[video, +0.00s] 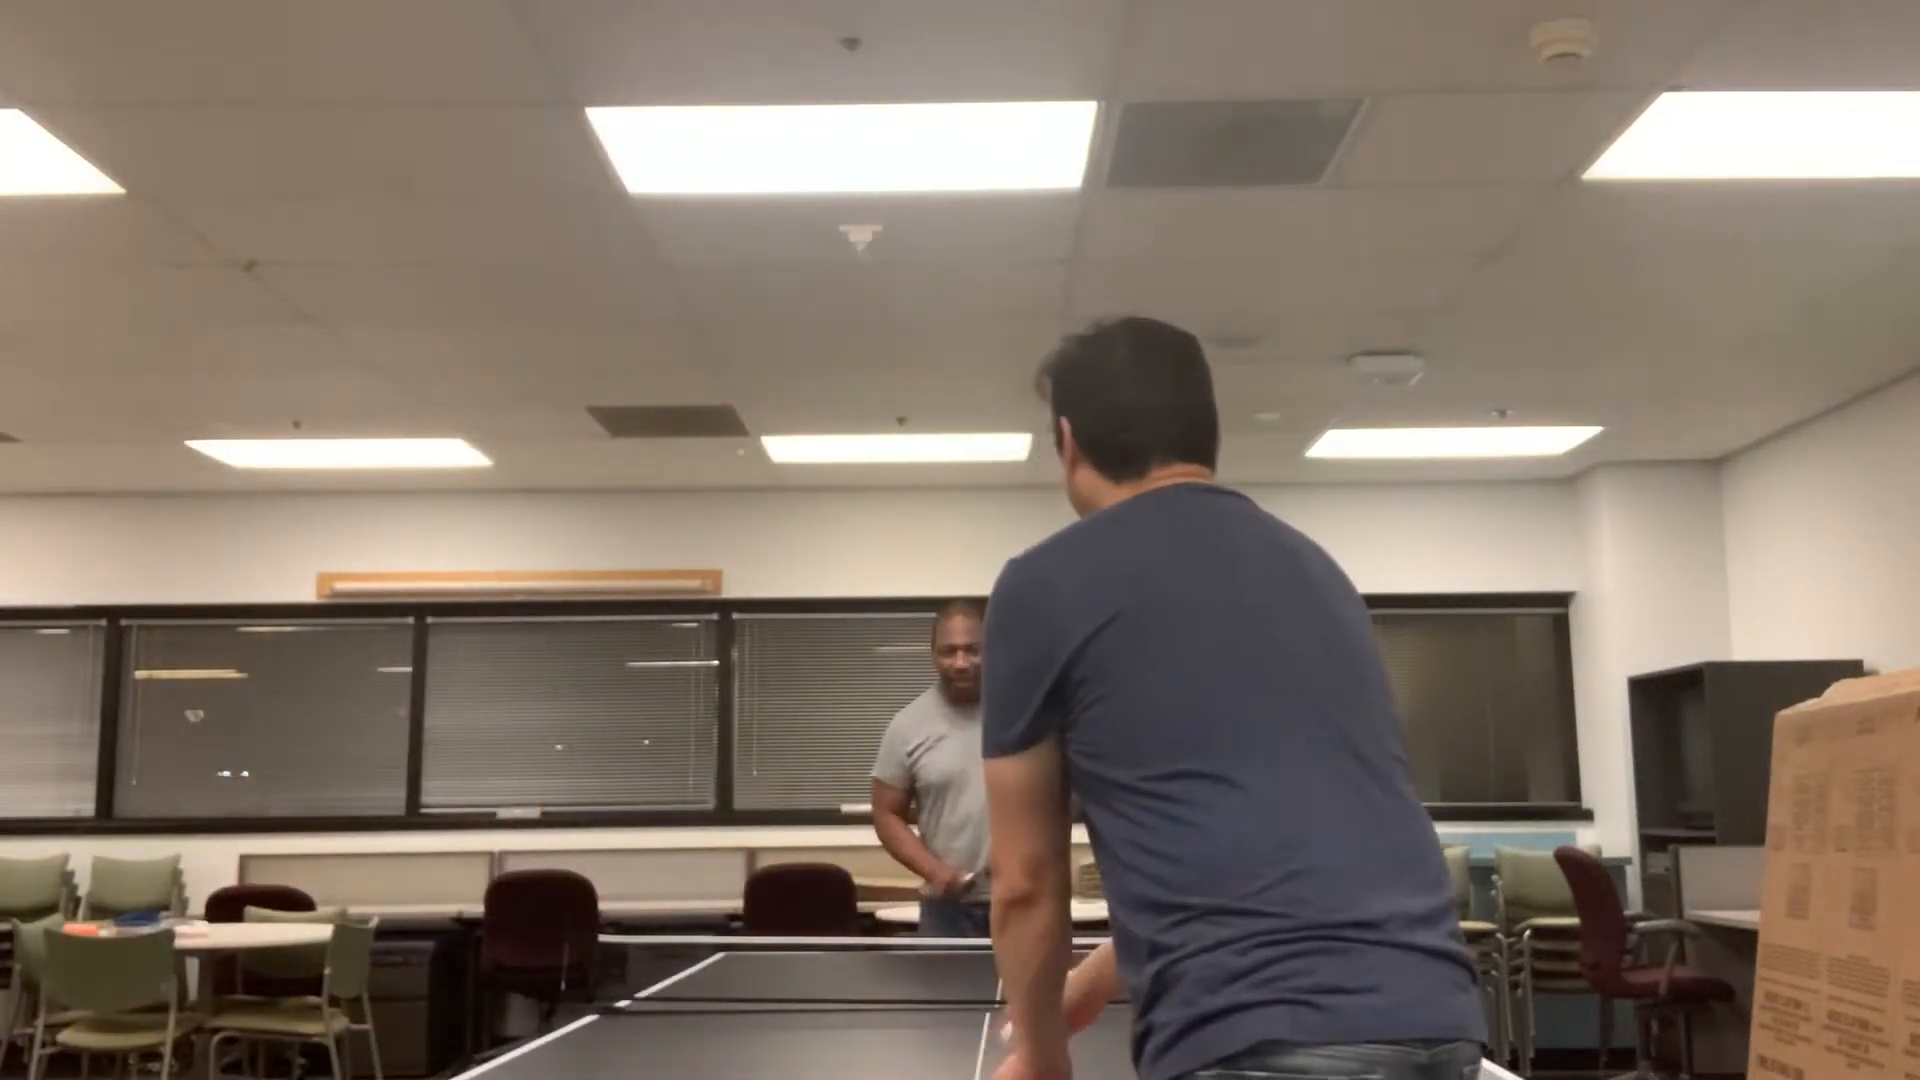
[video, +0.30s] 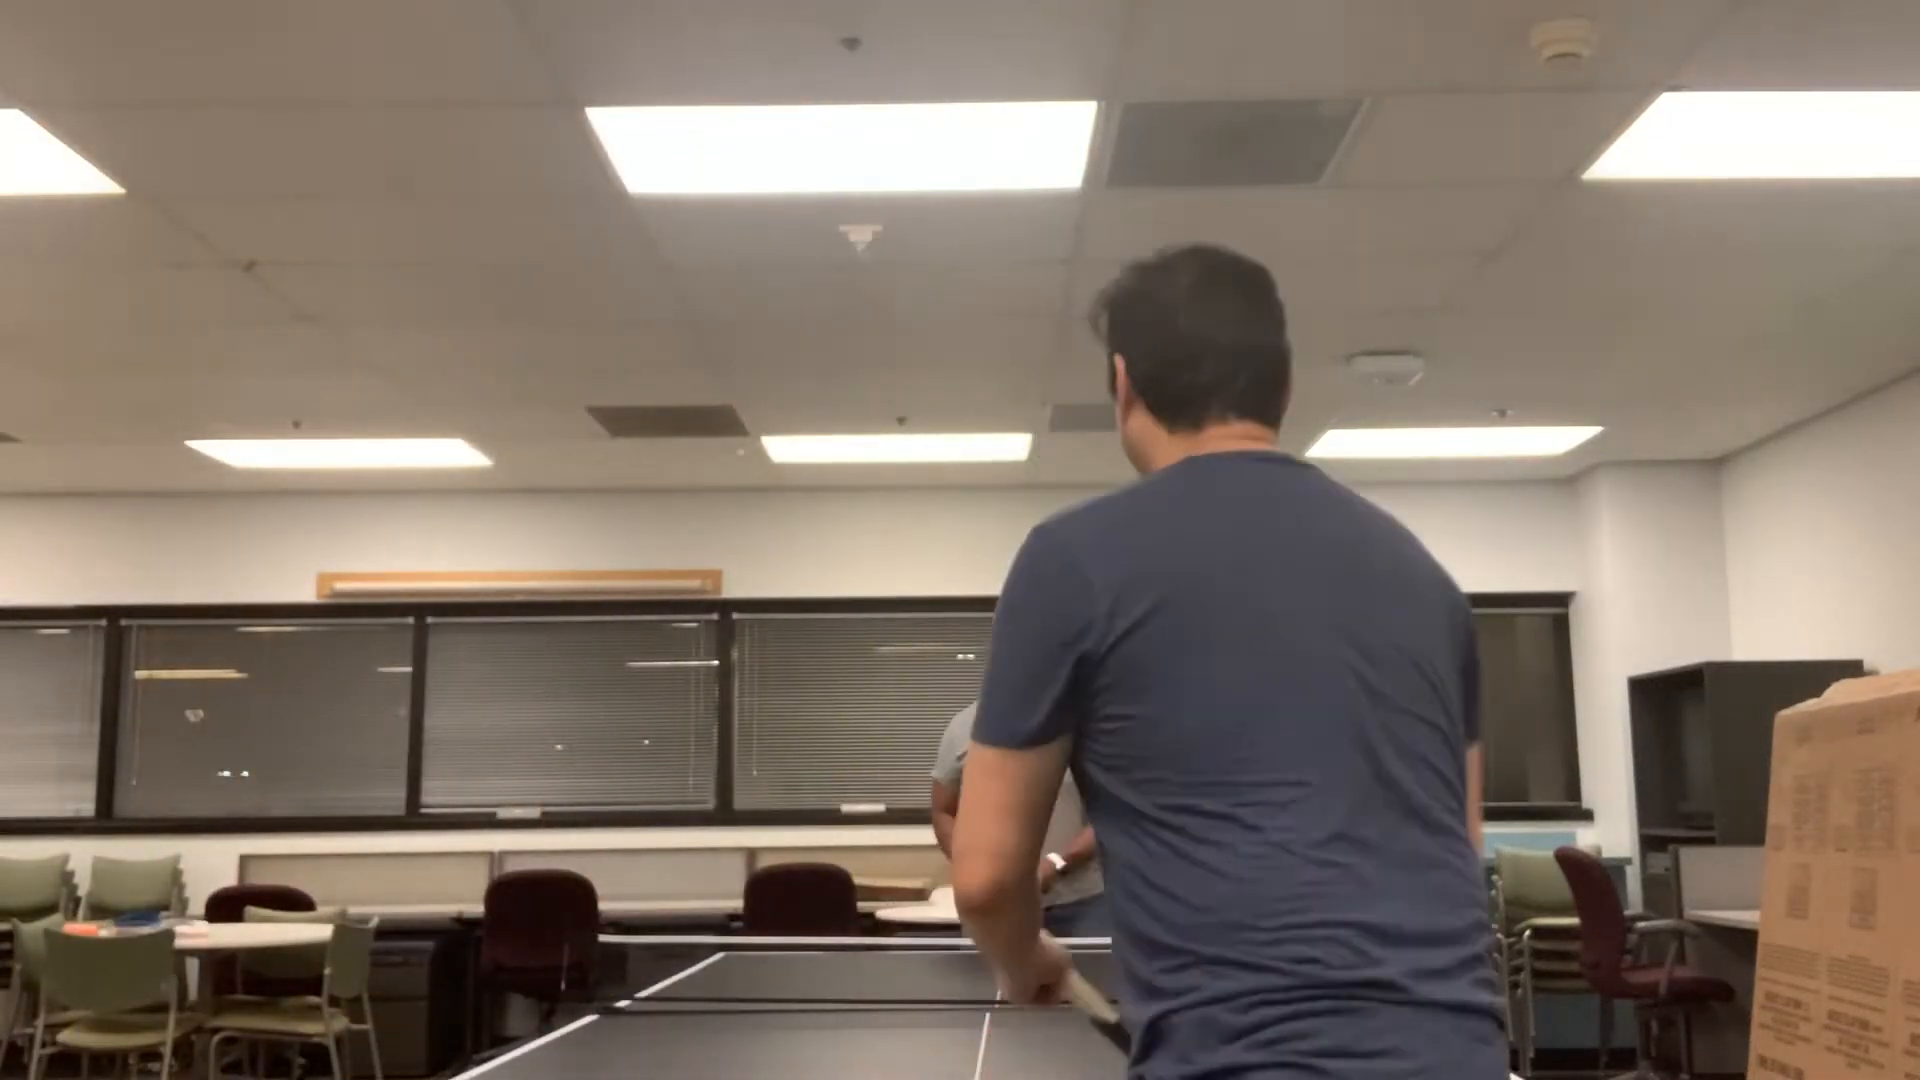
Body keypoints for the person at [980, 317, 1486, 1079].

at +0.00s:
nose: (1057, 464)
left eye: (1053, 446)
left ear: (1068, 444)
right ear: (1209, 434)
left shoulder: (1050, 582)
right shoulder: (1313, 565)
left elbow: (1024, 883)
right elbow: (1250, 842)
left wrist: (1038, 1052)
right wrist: (1083, 991)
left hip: (1257, 1036)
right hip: (1439, 1026)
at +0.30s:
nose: (1110, 405)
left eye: (1108, 385)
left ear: (1123, 384)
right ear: (1283, 384)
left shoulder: (1080, 554)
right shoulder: (1417, 569)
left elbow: (988, 878)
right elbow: (1462, 843)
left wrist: (1028, 967)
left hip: (1224, 1048)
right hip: (1453, 1046)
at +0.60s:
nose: (1155, 328)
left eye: (1149, 305)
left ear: (1166, 304)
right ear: (1351, 304)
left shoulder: (1090, 494)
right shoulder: (1520, 521)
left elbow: (999, 851)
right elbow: (1605, 845)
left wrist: (1098, 895)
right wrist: (1468, 916)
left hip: (1201, 1047)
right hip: (1481, 1052)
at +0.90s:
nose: (1224, 287)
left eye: (1220, 259)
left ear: (1241, 257)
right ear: (1436, 256)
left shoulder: (1157, 467)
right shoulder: (1600, 485)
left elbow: (1061, 816)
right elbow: (1625, 810)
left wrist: (1196, 739)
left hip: (1274, 1045)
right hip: (1565, 1050)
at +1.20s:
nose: (1309, 298)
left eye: (1303, 268)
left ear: (1323, 261)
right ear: (1518, 251)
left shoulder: (1271, 470)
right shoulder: (1688, 447)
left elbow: (1164, 795)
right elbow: (1709, 712)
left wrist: (1268, 613)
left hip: (1440, 1045)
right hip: (1739, 1042)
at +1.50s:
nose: (1337, 306)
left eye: (1330, 271)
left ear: (1354, 257)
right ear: (1549, 246)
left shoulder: (1312, 458)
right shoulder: (1711, 434)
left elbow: (1214, 792)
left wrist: (1321, 666)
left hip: (1504, 1049)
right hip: (1800, 1041)